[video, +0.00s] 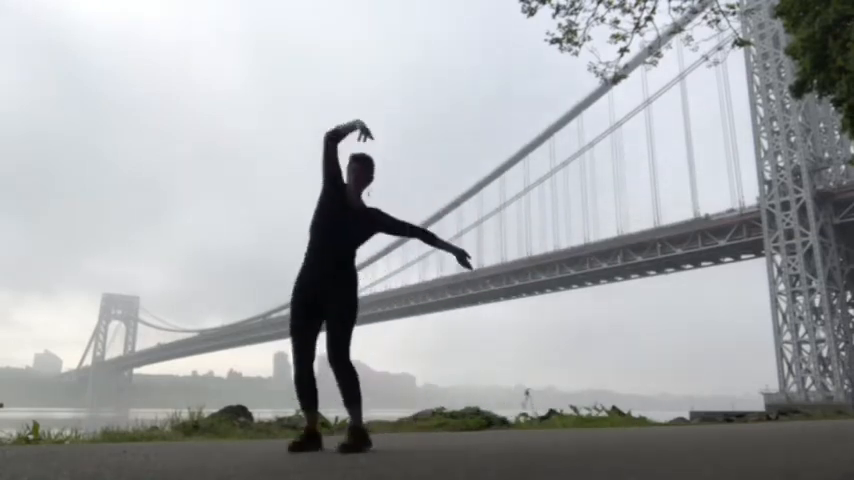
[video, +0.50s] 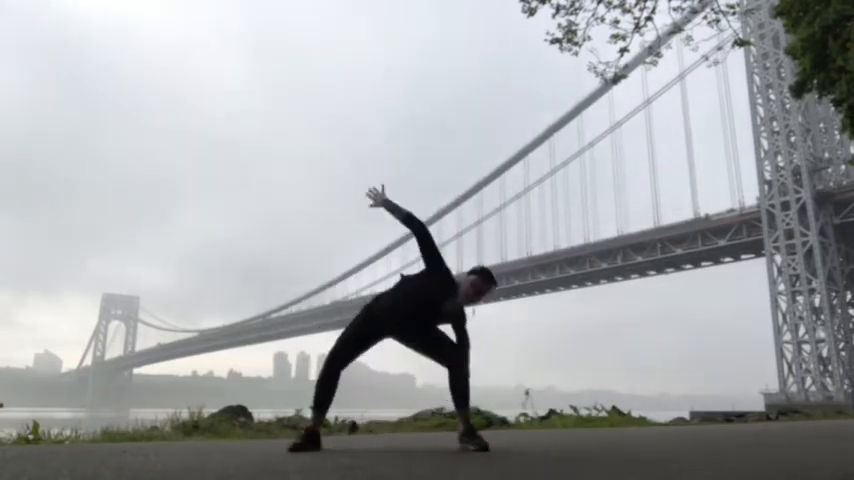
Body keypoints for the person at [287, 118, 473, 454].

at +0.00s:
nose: (357, 171)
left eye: (364, 169)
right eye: (354, 167)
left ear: (370, 178)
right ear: (347, 172)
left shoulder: (372, 218)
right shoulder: (332, 191)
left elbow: (416, 232)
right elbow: (330, 140)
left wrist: (453, 249)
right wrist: (353, 125)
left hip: (341, 288)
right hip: (309, 284)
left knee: (339, 358)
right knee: (302, 362)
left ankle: (357, 429)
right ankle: (311, 431)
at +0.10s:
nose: (319, 166)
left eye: (323, 163)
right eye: (314, 163)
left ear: (330, 169)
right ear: (305, 169)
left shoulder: (339, 194)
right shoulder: (298, 196)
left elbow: (351, 160)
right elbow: (276, 155)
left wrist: (352, 130)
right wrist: (307, 139)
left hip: (349, 271)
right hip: (316, 275)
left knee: (375, 336)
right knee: (314, 354)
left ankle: (360, 412)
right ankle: (313, 430)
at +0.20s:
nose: (299, 197)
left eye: (301, 191)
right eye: (292, 196)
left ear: (311, 193)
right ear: (291, 206)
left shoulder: (332, 210)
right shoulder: (303, 242)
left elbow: (304, 163)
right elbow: (261, 262)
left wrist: (265, 166)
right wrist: (232, 244)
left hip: (375, 293)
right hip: (343, 302)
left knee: (416, 357)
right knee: (304, 361)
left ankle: (456, 416)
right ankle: (313, 432)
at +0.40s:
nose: (414, 365)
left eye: (418, 362)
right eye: (411, 361)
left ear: (427, 348)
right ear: (401, 354)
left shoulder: (436, 339)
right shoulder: (375, 346)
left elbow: (478, 339)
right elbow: (326, 330)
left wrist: (481, 382)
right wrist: (334, 370)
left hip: (414, 332)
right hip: (373, 332)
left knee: (454, 362)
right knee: (329, 363)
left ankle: (468, 432)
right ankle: (313, 432)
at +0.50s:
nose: (476, 295)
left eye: (482, 295)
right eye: (476, 287)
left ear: (481, 299)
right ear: (466, 277)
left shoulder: (456, 316)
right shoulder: (439, 274)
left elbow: (463, 350)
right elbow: (419, 230)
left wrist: (462, 377)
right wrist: (387, 204)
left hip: (414, 327)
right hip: (380, 315)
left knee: (457, 359)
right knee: (334, 363)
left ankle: (467, 430)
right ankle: (313, 432)